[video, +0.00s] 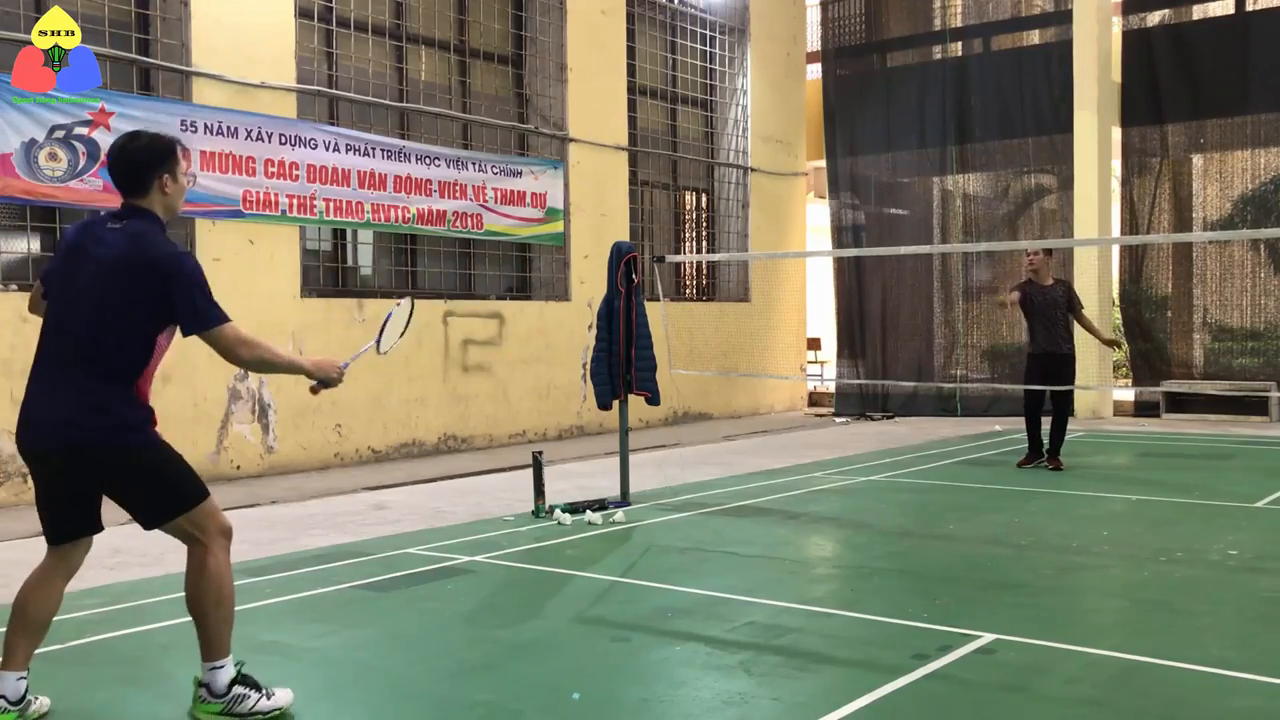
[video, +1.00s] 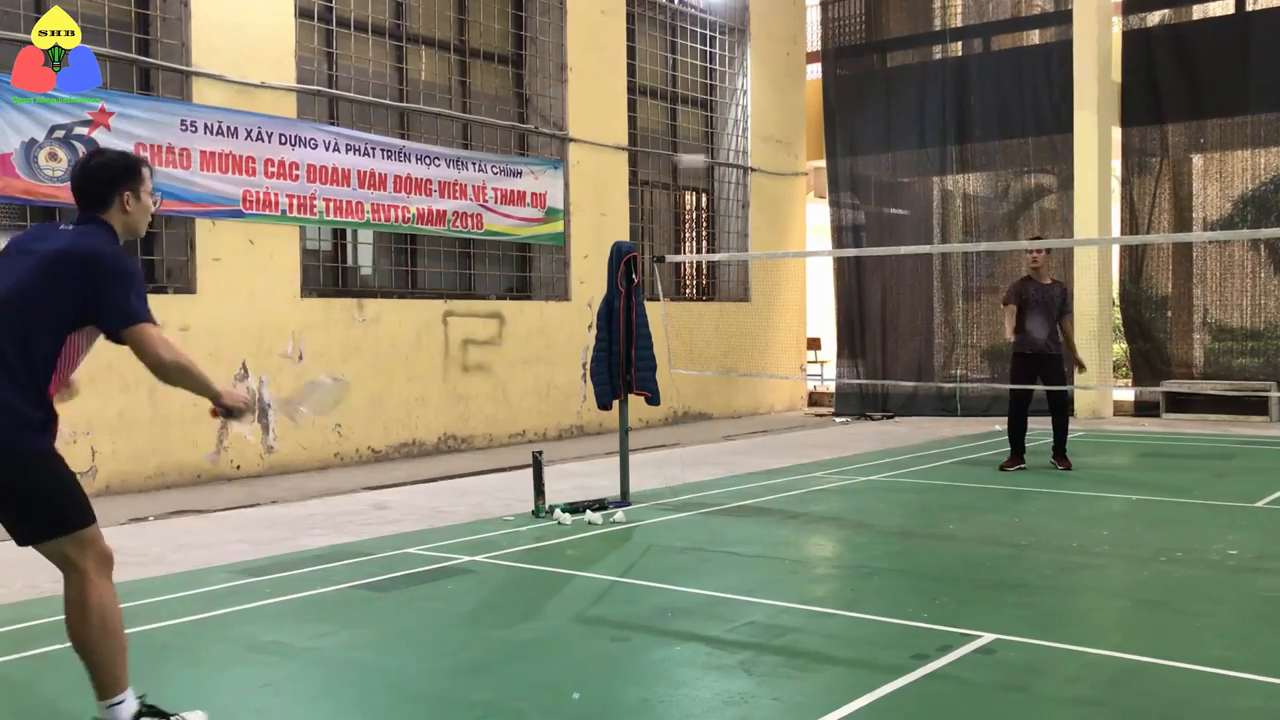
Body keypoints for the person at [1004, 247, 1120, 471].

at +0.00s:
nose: (1029, 259)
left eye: (1034, 254)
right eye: (1027, 255)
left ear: (1047, 258)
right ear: (1026, 260)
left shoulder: (1064, 287)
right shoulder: (1024, 288)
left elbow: (1080, 317)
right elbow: (1013, 297)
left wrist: (1102, 338)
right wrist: (1007, 301)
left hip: (1063, 355)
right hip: (1037, 355)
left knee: (1061, 408)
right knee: (1032, 406)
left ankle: (1053, 455)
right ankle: (1035, 452)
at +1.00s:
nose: (1033, 255)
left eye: (1038, 252)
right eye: (1030, 252)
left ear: (1047, 256)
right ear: (1026, 257)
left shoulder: (1060, 289)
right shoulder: (1018, 287)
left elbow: (1066, 325)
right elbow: (1010, 312)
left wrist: (1075, 355)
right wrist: (1009, 331)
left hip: (1052, 355)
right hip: (1023, 354)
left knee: (1059, 406)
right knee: (1018, 405)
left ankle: (1060, 454)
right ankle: (1016, 456)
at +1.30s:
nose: (1043, 258)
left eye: (1047, 254)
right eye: (1039, 254)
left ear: (1058, 257)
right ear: (1036, 258)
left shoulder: (1071, 290)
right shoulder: (1028, 289)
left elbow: (1078, 325)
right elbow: (1008, 315)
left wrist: (1086, 358)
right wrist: (1020, 314)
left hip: (1061, 358)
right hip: (1032, 356)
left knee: (1063, 409)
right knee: (1023, 405)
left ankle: (1059, 455)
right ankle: (1022, 454)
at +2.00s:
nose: (1020, 257)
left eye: (1025, 253)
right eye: (1017, 254)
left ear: (1036, 258)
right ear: (1014, 260)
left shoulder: (1054, 285)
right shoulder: (1011, 291)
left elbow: (1069, 317)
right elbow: (1000, 316)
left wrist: (1087, 344)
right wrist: (998, 330)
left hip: (1056, 355)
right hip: (1028, 357)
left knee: (1062, 405)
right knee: (1026, 407)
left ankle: (1058, 453)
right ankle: (1029, 457)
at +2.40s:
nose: (1038, 257)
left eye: (1043, 253)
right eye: (1034, 253)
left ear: (1053, 257)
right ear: (1030, 258)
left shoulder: (1066, 287)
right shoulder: (1024, 287)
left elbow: (1074, 322)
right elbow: (1001, 314)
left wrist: (1083, 353)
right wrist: (1020, 304)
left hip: (1060, 356)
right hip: (1031, 356)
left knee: (1061, 408)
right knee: (1024, 405)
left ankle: (1056, 457)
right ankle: (1029, 455)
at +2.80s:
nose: (1035, 256)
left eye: (1040, 252)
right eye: (1032, 252)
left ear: (1051, 256)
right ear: (1028, 257)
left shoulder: (1067, 284)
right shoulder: (1024, 288)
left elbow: (1083, 316)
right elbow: (999, 311)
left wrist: (1102, 343)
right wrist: (1005, 293)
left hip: (1068, 355)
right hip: (1040, 356)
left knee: (1068, 408)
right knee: (1039, 408)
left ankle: (1059, 456)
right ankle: (1041, 458)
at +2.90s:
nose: (1030, 258)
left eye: (1035, 254)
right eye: (1026, 255)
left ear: (1045, 258)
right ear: (1023, 260)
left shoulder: (1063, 285)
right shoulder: (1022, 291)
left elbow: (1083, 316)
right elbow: (1000, 306)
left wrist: (1105, 342)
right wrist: (976, 313)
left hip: (1071, 355)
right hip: (1042, 358)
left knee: (1074, 406)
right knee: (1040, 408)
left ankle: (1063, 455)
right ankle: (1041, 458)